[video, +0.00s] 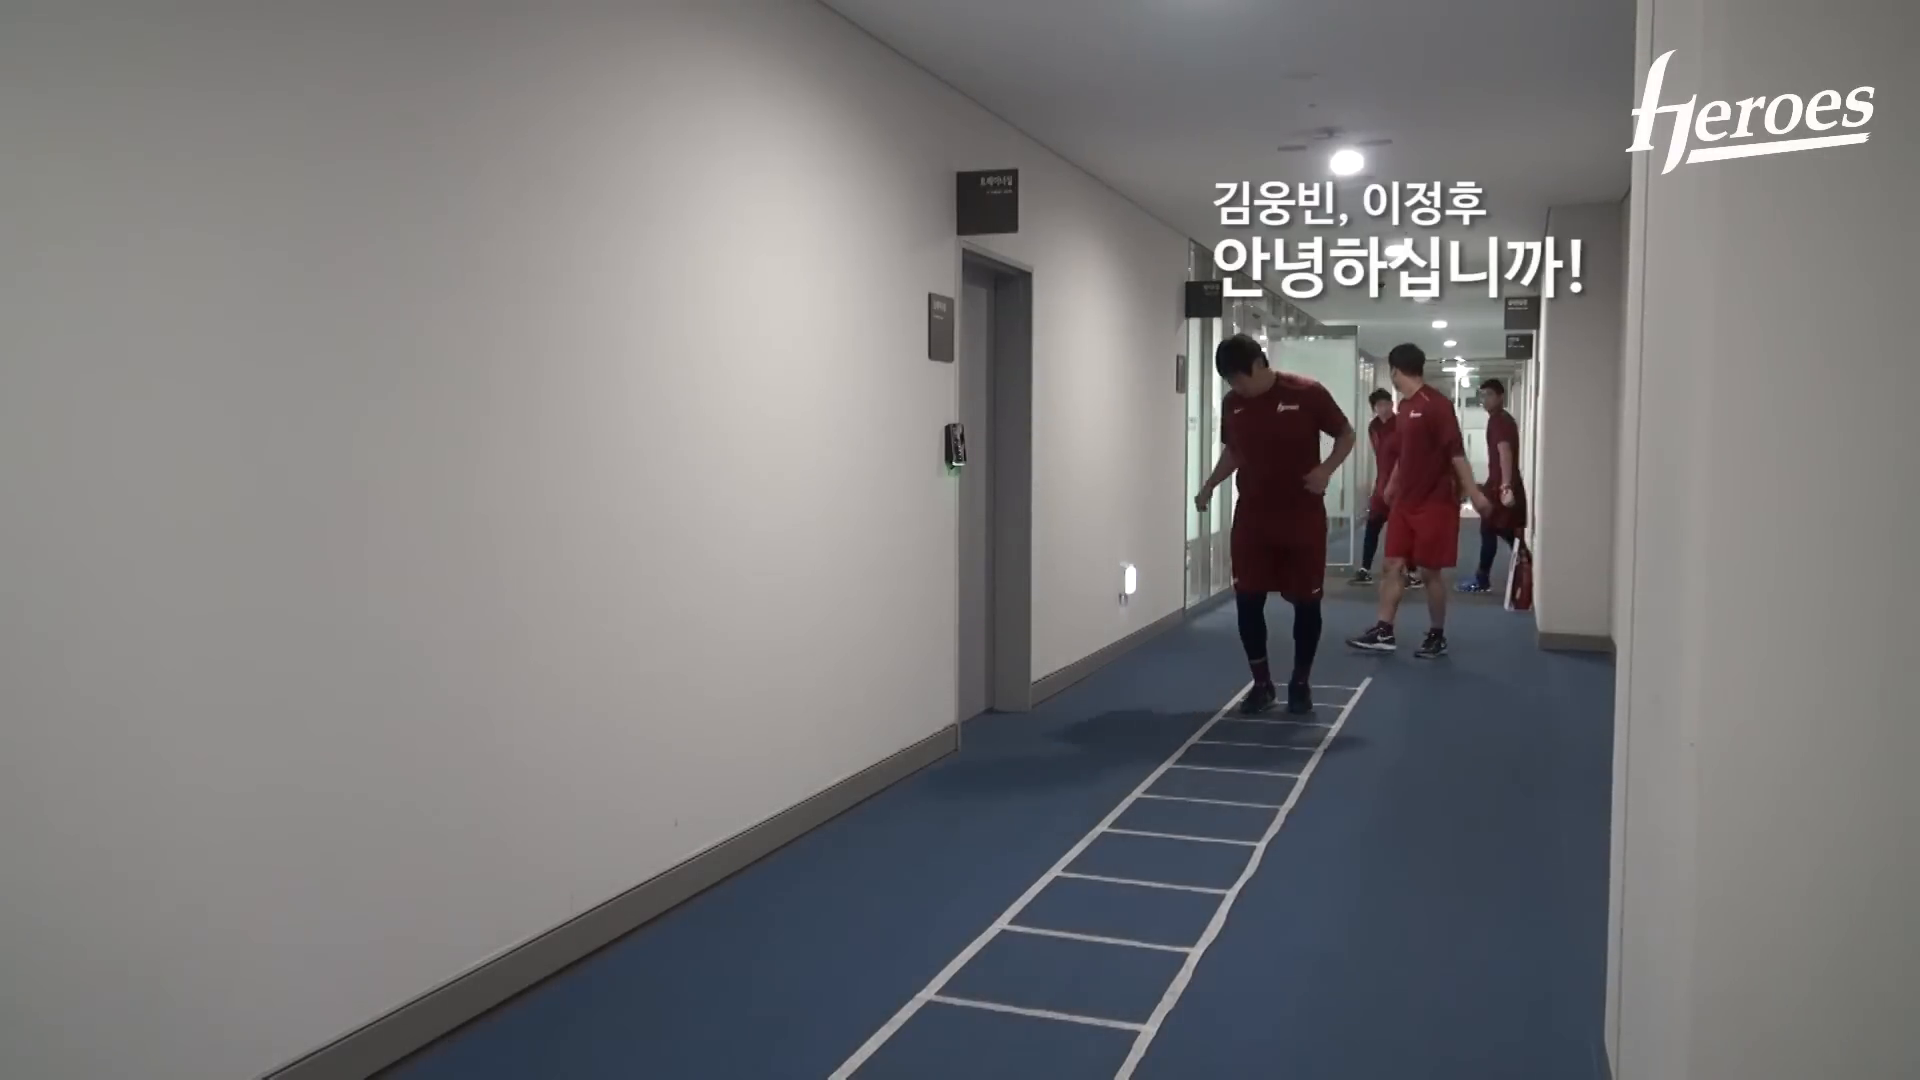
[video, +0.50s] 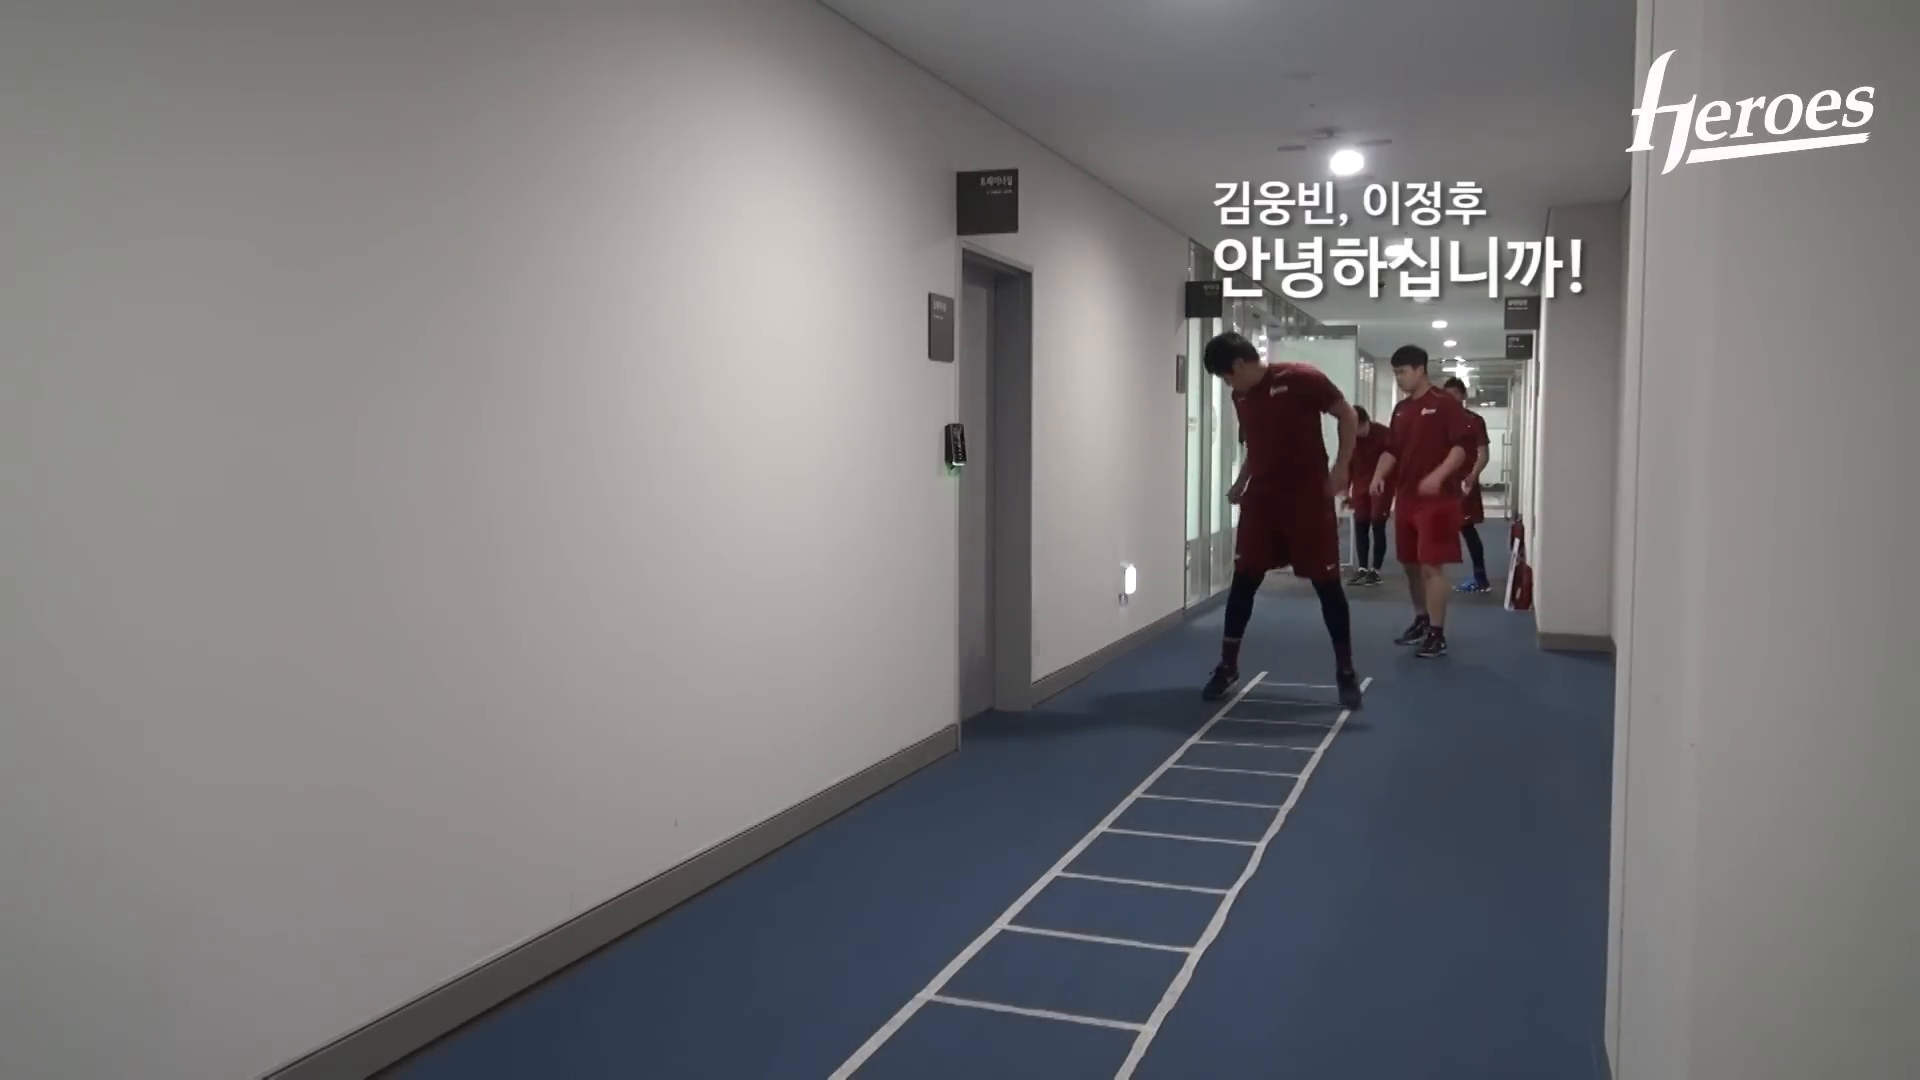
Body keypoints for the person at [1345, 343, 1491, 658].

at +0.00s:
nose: (1390, 377)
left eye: (1391, 372)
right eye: (1390, 372)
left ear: (1397, 371)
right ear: (1416, 369)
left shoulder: (1438, 404)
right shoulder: (1404, 406)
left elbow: (1456, 453)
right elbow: (1404, 453)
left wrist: (1473, 493)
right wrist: (1392, 483)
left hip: (1434, 502)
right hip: (1404, 500)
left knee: (1431, 571)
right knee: (1392, 564)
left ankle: (1436, 634)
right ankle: (1384, 630)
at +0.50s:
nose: (1397, 378)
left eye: (1401, 372)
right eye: (1395, 373)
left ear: (1420, 369)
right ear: (1403, 373)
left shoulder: (1446, 402)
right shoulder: (1402, 409)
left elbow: (1465, 444)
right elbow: (1391, 448)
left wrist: (1438, 475)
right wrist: (1378, 475)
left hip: (1437, 499)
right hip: (1407, 499)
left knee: (1431, 566)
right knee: (1411, 564)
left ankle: (1436, 633)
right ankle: (1423, 619)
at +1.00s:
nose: (1413, 377)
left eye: (1419, 371)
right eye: (1408, 371)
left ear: (1429, 373)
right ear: (1399, 373)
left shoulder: (1446, 401)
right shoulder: (1389, 411)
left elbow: (1477, 414)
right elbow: (1382, 454)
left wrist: (1449, 382)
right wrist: (1374, 490)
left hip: (1441, 497)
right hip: (1406, 499)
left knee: (1445, 563)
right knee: (1417, 565)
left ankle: (1455, 627)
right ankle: (1424, 623)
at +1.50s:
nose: (1436, 374)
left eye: (1442, 369)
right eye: (1431, 367)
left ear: (1452, 372)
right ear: (1423, 368)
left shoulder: (1468, 401)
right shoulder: (1407, 406)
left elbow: (1505, 407)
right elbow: (1393, 447)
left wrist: (1476, 380)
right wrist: (1387, 480)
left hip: (1456, 495)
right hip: (1419, 495)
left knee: (1456, 564)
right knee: (1423, 564)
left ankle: (1459, 629)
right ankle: (1424, 620)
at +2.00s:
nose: (1450, 371)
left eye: (1456, 366)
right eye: (1445, 365)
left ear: (1468, 369)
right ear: (1439, 367)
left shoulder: (1485, 402)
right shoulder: (1423, 404)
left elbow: (1520, 420)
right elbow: (1407, 450)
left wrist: (1489, 387)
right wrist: (1392, 486)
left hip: (1465, 499)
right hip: (1425, 496)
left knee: (1461, 570)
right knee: (1406, 561)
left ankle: (1460, 631)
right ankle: (1416, 617)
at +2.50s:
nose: (1415, 372)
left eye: (1422, 367)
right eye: (1410, 367)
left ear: (1435, 369)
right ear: (1405, 370)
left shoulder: (1455, 405)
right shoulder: (1393, 407)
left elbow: (1467, 451)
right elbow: (1380, 453)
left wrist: (1470, 489)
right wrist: (1366, 488)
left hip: (1437, 502)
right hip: (1396, 501)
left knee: (1445, 572)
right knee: (1389, 570)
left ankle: (1457, 631)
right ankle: (1382, 634)